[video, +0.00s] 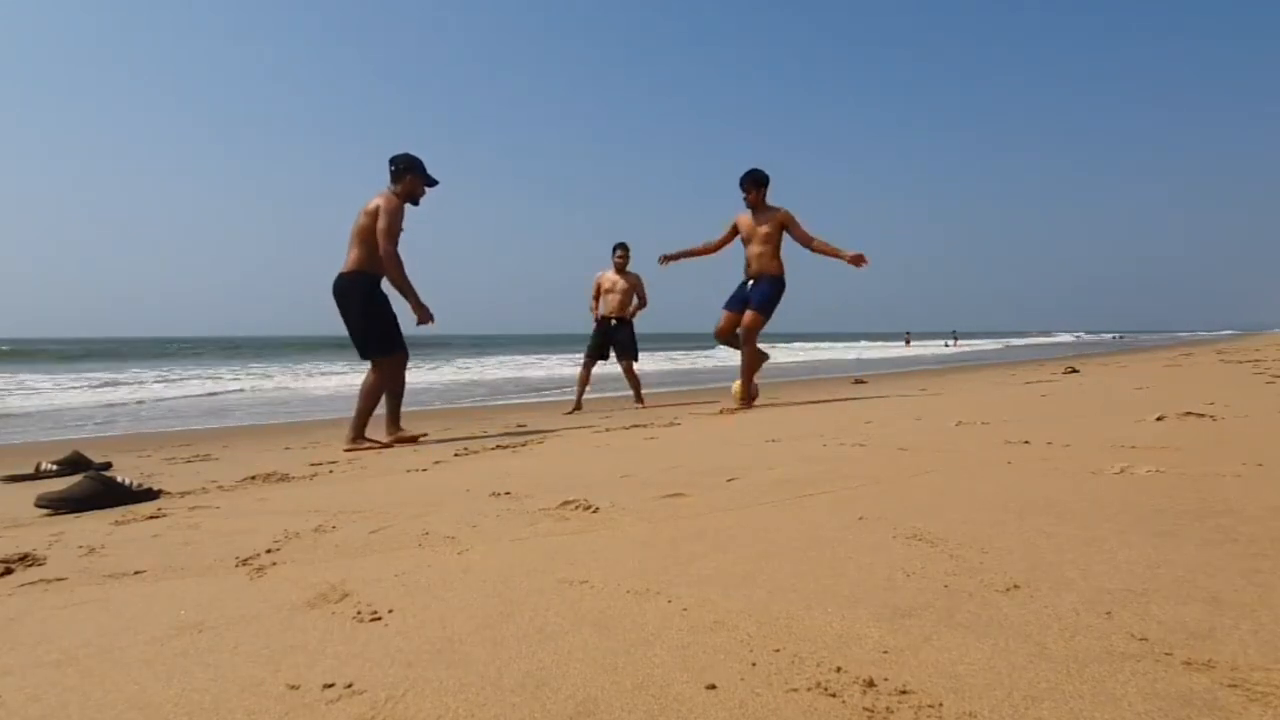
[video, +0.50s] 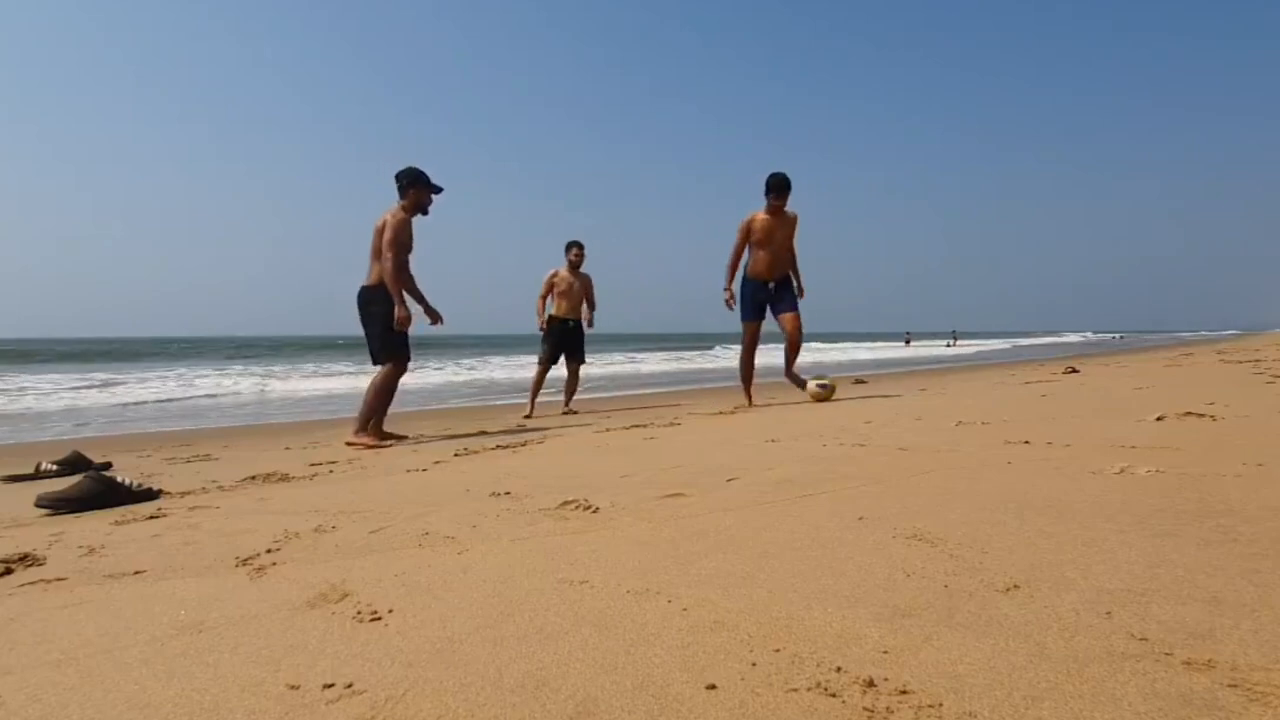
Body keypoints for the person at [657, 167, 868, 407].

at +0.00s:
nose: (745, 197)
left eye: (749, 192)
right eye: (744, 192)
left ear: (762, 191)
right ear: (745, 193)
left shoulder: (780, 217)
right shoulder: (741, 221)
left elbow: (810, 242)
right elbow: (713, 246)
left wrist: (844, 256)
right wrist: (677, 255)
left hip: (771, 281)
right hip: (749, 281)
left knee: (747, 333)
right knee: (722, 334)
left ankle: (747, 391)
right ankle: (756, 356)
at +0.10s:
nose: (749, 194)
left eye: (754, 190)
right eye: (747, 190)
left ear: (766, 189)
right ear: (746, 189)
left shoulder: (781, 214)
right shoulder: (741, 216)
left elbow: (805, 243)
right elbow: (718, 244)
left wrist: (833, 266)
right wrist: (693, 255)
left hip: (768, 278)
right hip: (744, 278)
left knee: (752, 332)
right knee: (729, 335)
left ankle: (745, 395)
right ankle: (758, 361)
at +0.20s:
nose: (757, 199)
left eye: (761, 194)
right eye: (753, 194)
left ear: (770, 192)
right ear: (748, 192)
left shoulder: (782, 216)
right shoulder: (741, 218)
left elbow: (797, 245)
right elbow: (721, 248)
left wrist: (807, 275)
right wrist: (697, 267)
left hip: (770, 279)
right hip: (744, 279)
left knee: (757, 329)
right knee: (741, 336)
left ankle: (747, 395)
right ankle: (746, 389)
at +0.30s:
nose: (761, 209)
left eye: (765, 203)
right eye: (757, 204)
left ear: (772, 201)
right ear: (751, 201)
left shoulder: (783, 224)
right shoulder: (742, 226)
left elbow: (788, 255)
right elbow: (723, 256)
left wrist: (793, 282)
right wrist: (703, 285)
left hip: (774, 287)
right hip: (747, 286)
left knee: (764, 337)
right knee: (743, 342)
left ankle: (749, 394)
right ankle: (746, 392)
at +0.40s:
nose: (767, 210)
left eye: (772, 205)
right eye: (763, 205)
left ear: (778, 201)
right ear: (757, 201)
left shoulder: (785, 223)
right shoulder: (746, 226)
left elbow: (787, 254)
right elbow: (729, 260)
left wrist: (793, 283)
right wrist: (715, 291)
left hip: (777, 286)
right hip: (750, 286)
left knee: (780, 334)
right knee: (747, 343)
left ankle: (759, 379)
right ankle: (747, 396)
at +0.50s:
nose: (777, 202)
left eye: (782, 198)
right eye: (773, 197)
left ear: (788, 196)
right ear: (766, 195)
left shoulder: (791, 220)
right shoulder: (752, 222)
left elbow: (789, 249)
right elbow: (736, 255)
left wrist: (797, 280)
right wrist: (728, 286)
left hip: (782, 284)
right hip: (754, 285)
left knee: (795, 331)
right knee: (750, 341)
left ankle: (789, 370)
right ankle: (747, 394)